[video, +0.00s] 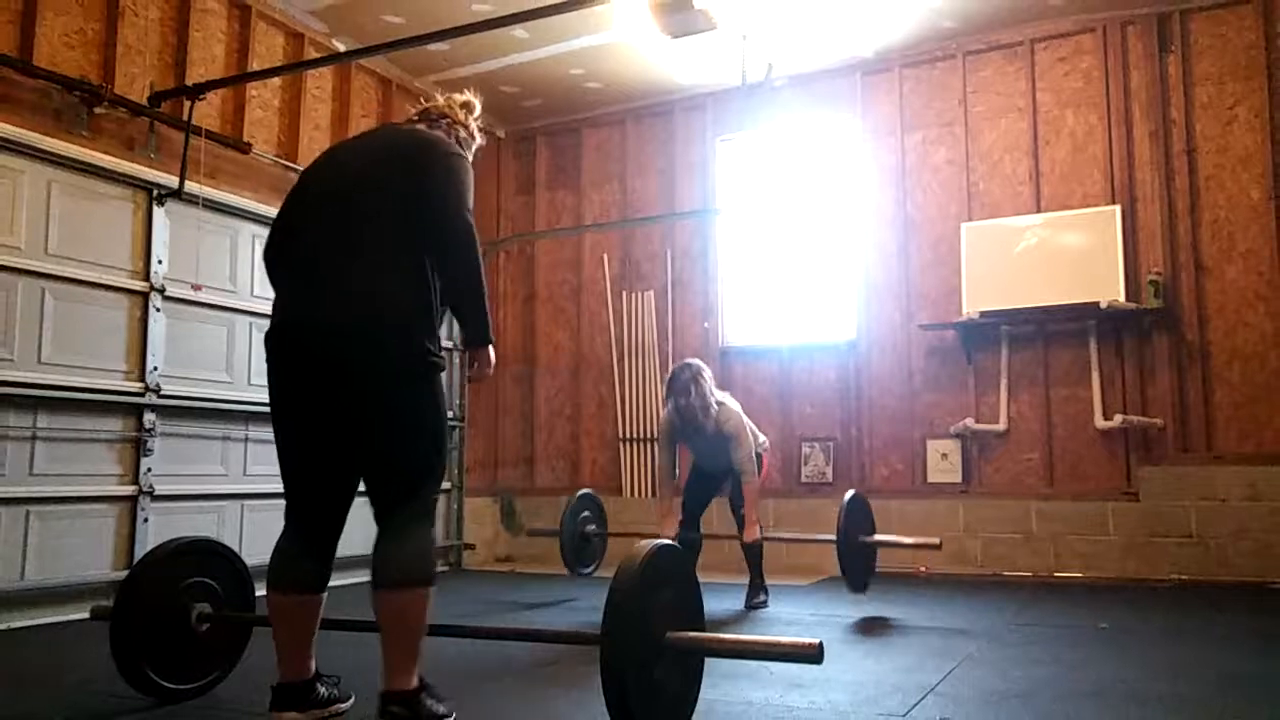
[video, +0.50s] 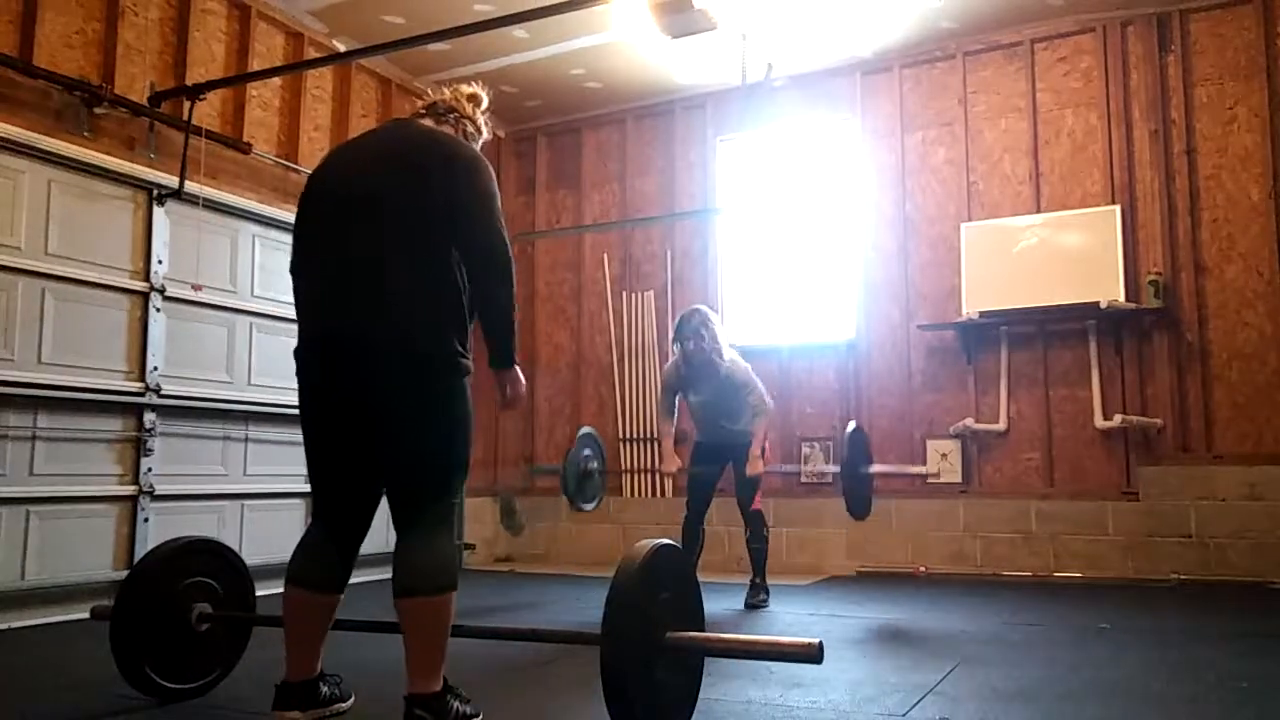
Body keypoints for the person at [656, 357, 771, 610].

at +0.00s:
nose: (685, 405)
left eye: (691, 399)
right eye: (679, 400)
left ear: (704, 394)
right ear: (673, 398)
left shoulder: (728, 414)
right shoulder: (670, 419)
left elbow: (748, 469)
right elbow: (665, 469)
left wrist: (752, 522)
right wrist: (667, 516)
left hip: (743, 459)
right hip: (707, 464)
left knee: (741, 510)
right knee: (689, 515)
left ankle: (757, 585)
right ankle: (683, 583)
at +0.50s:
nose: (692, 346)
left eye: (698, 339)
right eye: (686, 340)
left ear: (711, 338)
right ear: (679, 342)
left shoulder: (731, 366)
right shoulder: (675, 372)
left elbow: (763, 407)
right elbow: (666, 412)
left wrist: (755, 453)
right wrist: (668, 454)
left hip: (743, 441)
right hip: (707, 443)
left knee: (748, 506)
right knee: (694, 511)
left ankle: (758, 583)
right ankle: (685, 581)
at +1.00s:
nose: (691, 341)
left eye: (698, 333)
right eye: (685, 335)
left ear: (713, 332)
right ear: (678, 337)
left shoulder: (732, 360)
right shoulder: (673, 364)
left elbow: (775, 388)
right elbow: (657, 389)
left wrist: (758, 425)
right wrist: (664, 424)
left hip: (742, 442)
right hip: (703, 443)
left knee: (747, 506)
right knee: (691, 512)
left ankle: (758, 582)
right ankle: (684, 581)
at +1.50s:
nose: (706, 418)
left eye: (711, 410)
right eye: (700, 411)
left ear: (719, 407)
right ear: (687, 409)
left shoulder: (735, 434)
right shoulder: (673, 437)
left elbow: (751, 484)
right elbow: (662, 487)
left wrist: (748, 539)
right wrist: (661, 535)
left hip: (734, 486)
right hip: (700, 487)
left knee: (741, 521)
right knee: (679, 518)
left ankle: (757, 585)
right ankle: (684, 584)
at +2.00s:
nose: (769, 400)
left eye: (773, 396)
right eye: (770, 394)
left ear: (766, 391)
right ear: (759, 383)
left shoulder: (750, 402)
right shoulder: (717, 387)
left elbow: (742, 443)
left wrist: (743, 482)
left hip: (699, 437)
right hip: (672, 435)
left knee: (723, 493)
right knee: (684, 499)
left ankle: (699, 551)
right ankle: (656, 567)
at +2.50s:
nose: (827, 542)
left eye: (831, 538)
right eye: (827, 536)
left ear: (822, 517)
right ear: (816, 525)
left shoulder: (803, 513)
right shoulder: (781, 520)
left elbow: (793, 548)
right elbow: (738, 554)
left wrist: (798, 587)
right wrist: (756, 597)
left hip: (714, 496)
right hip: (705, 505)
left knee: (662, 531)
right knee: (651, 538)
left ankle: (614, 544)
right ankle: (602, 549)